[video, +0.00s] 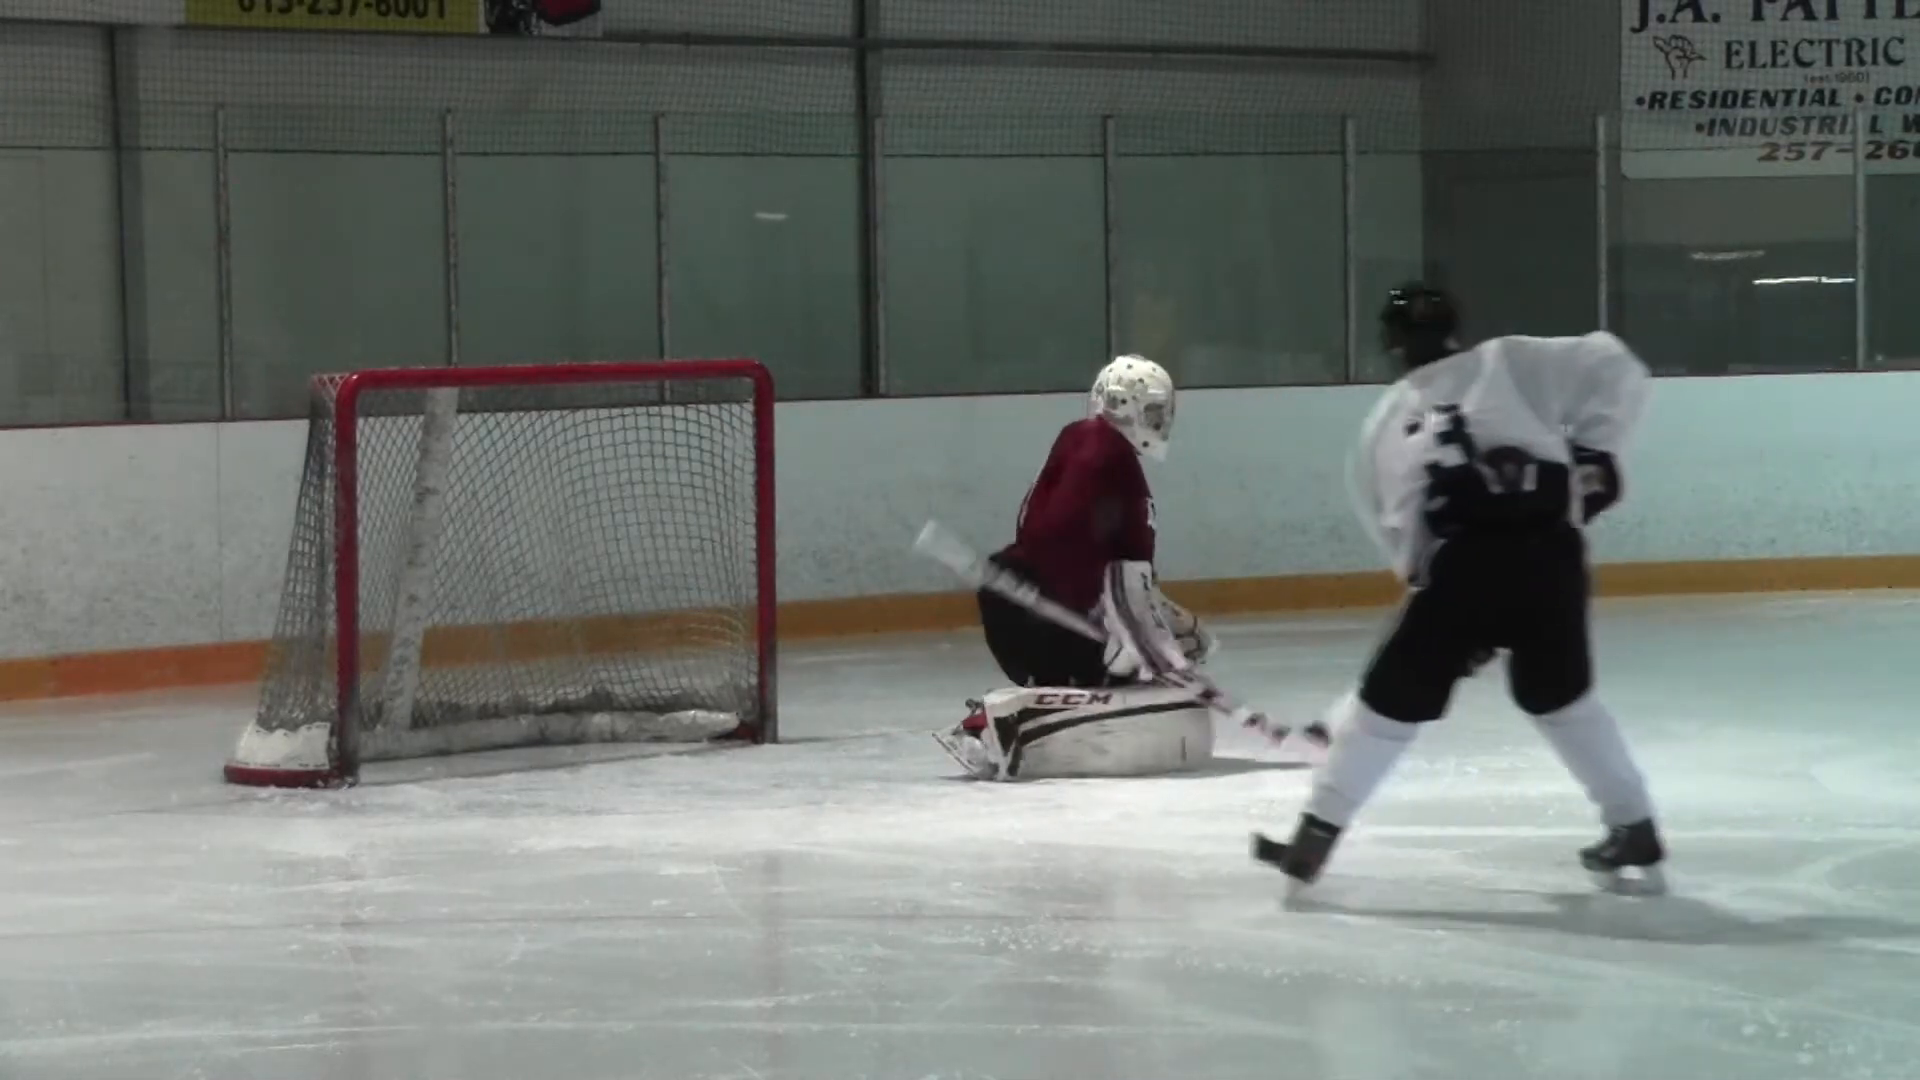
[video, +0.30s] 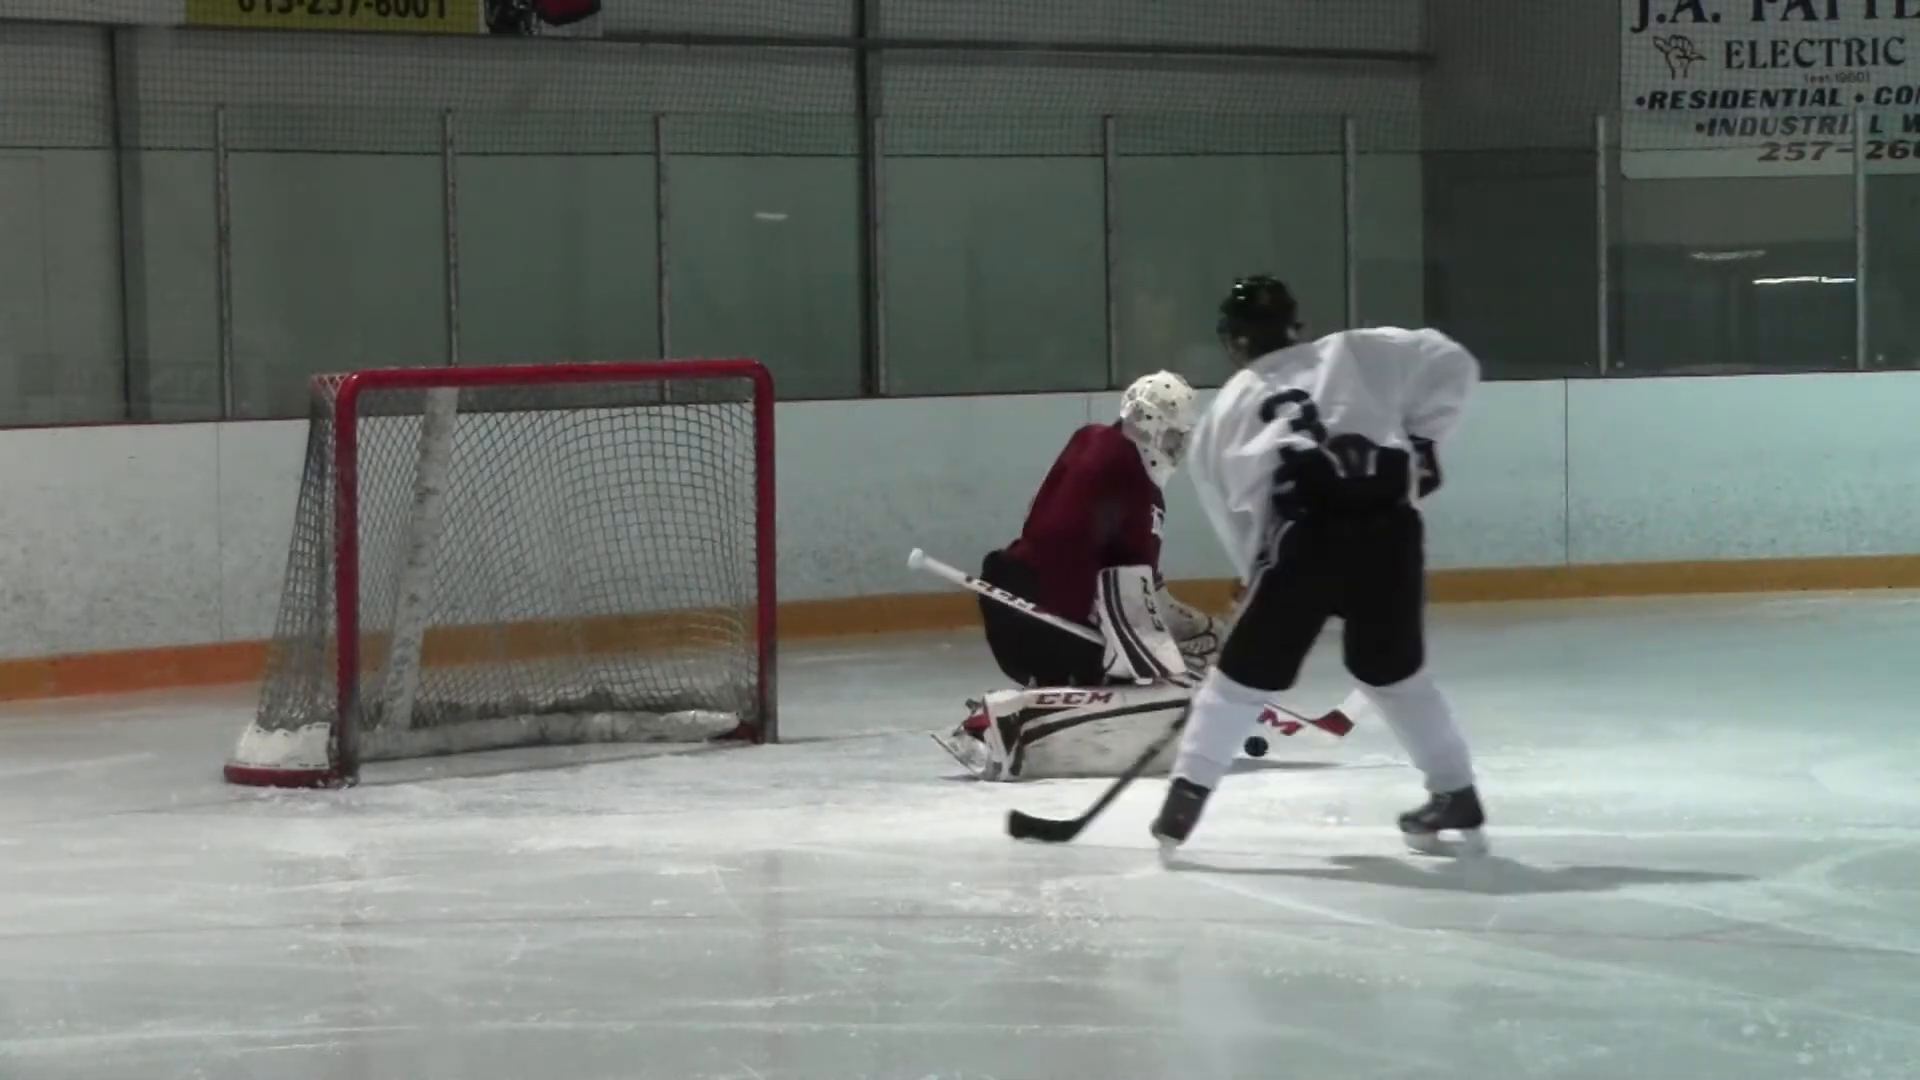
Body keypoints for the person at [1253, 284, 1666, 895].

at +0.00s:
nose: (1392, 349)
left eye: (1392, 340)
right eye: (1398, 339)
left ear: (1395, 345)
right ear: (1451, 331)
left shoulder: (1386, 423)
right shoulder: (1510, 360)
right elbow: (1613, 363)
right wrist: (1598, 450)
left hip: (1464, 573)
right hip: (1551, 559)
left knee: (1390, 702)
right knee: (1558, 693)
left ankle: (1312, 839)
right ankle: (1635, 829)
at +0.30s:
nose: (1232, 349)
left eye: (1232, 340)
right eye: (1234, 339)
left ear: (1238, 344)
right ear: (1298, 328)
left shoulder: (1218, 421)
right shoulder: (1355, 349)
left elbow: (1238, 531)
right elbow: (1452, 361)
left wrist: (1264, 589)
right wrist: (1424, 444)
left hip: (1305, 543)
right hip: (1391, 534)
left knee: (1241, 676)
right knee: (1392, 670)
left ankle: (1186, 795)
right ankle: (1457, 795)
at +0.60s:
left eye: (1182, 334)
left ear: (1177, 341)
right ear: (1235, 325)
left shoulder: (1161, 412)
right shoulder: (1277, 346)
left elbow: (1172, 511)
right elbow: (1362, 337)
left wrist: (1198, 553)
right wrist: (1357, 416)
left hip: (1221, 549)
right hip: (1306, 542)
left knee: (1158, 660)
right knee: (1319, 652)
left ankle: (1106, 767)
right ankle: (1348, 768)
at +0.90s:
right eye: (1336, 312)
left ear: (1283, 330)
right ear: (1335, 313)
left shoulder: (1266, 387)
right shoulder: (1358, 333)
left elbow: (1242, 479)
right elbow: (1419, 316)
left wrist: (1245, 550)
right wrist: (1423, 401)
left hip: (1276, 530)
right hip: (1345, 523)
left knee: (1244, 646)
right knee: (1407, 632)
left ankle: (1192, 747)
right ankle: (1421, 746)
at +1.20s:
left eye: (1421, 286)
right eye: (1456, 278)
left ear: (1410, 289)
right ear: (1461, 279)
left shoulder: (1391, 350)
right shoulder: (1488, 303)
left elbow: (1382, 434)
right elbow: (1568, 292)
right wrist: (1558, 370)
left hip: (1421, 486)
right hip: (1489, 477)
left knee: (1415, 606)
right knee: (1518, 602)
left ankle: (1388, 726)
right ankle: (1530, 730)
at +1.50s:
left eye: (1538, 257)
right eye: (1568, 251)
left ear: (1525, 260)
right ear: (1575, 250)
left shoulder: (1504, 325)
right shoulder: (1611, 285)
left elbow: (1499, 417)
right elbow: (1696, 309)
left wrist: (1519, 485)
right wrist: (1663, 364)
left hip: (1542, 464)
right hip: (1609, 457)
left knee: (1540, 587)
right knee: (1618, 587)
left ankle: (1530, 707)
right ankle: (1625, 708)